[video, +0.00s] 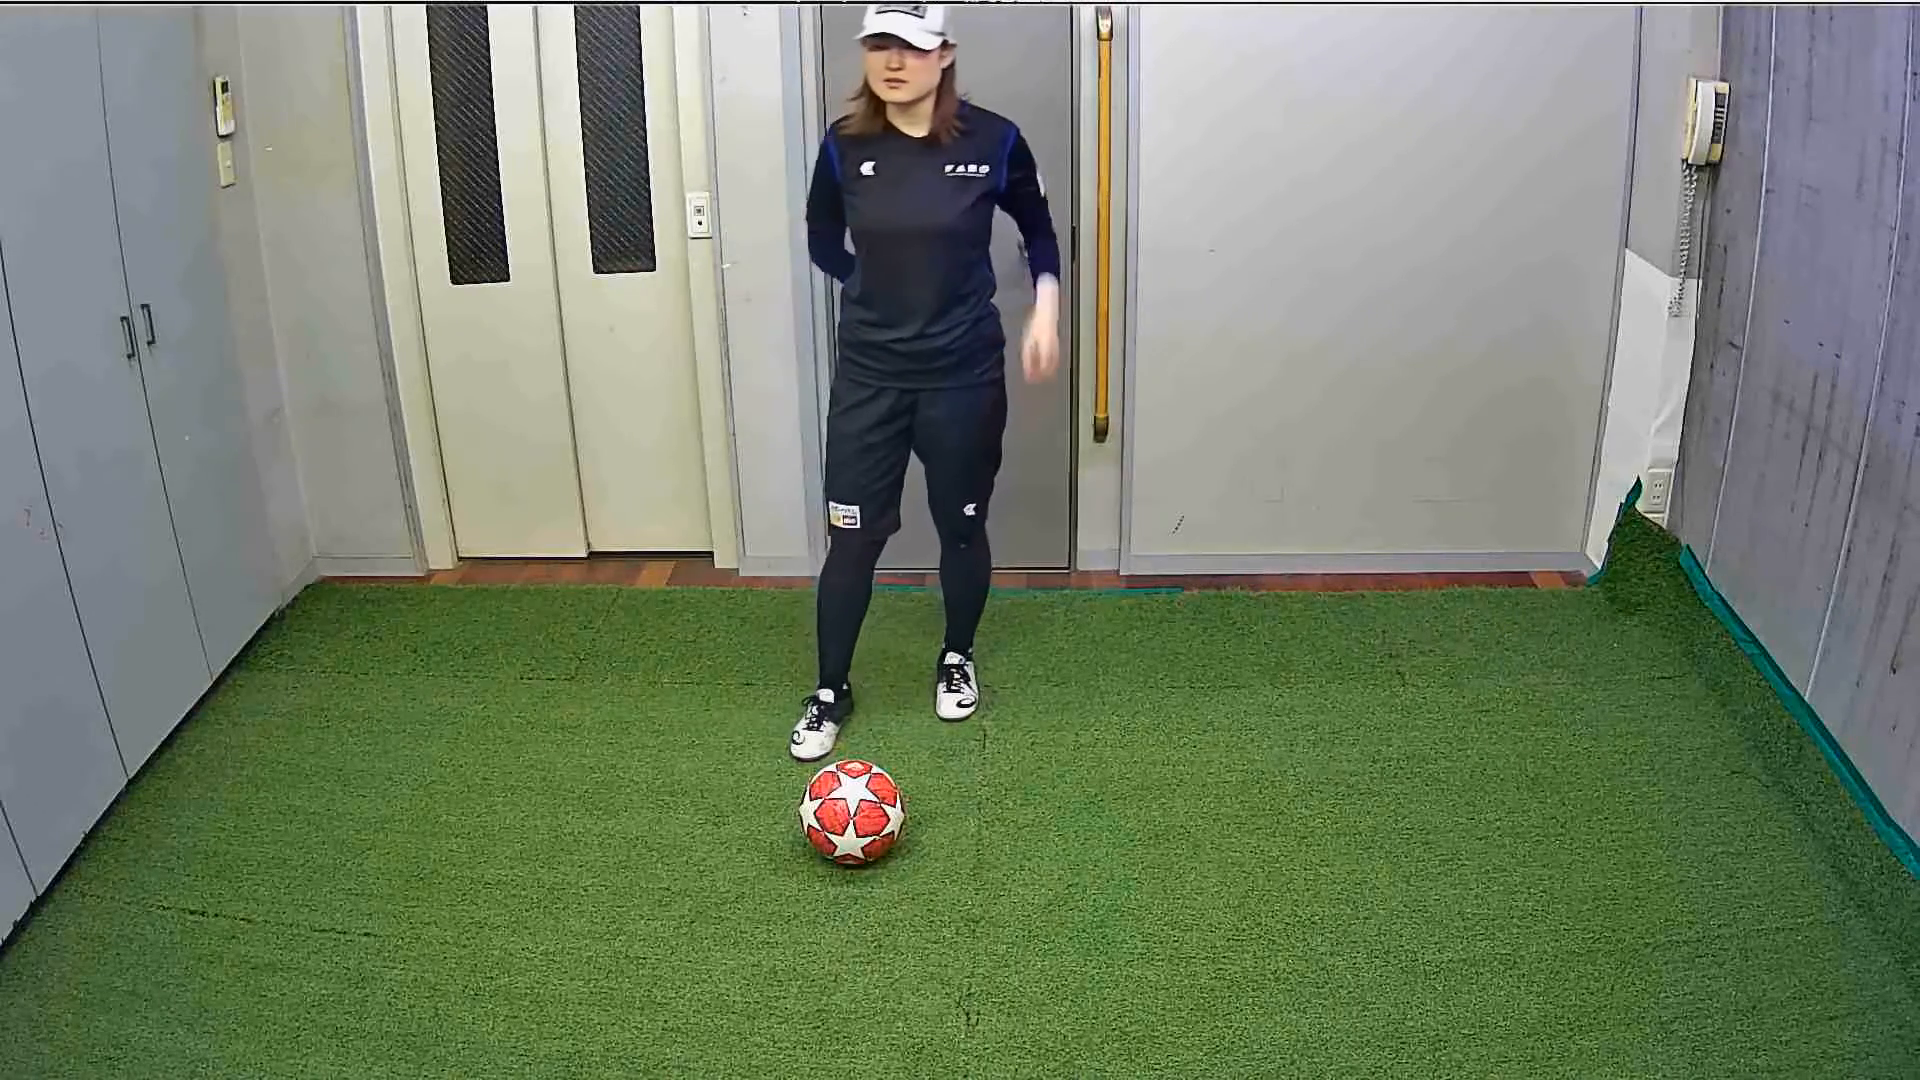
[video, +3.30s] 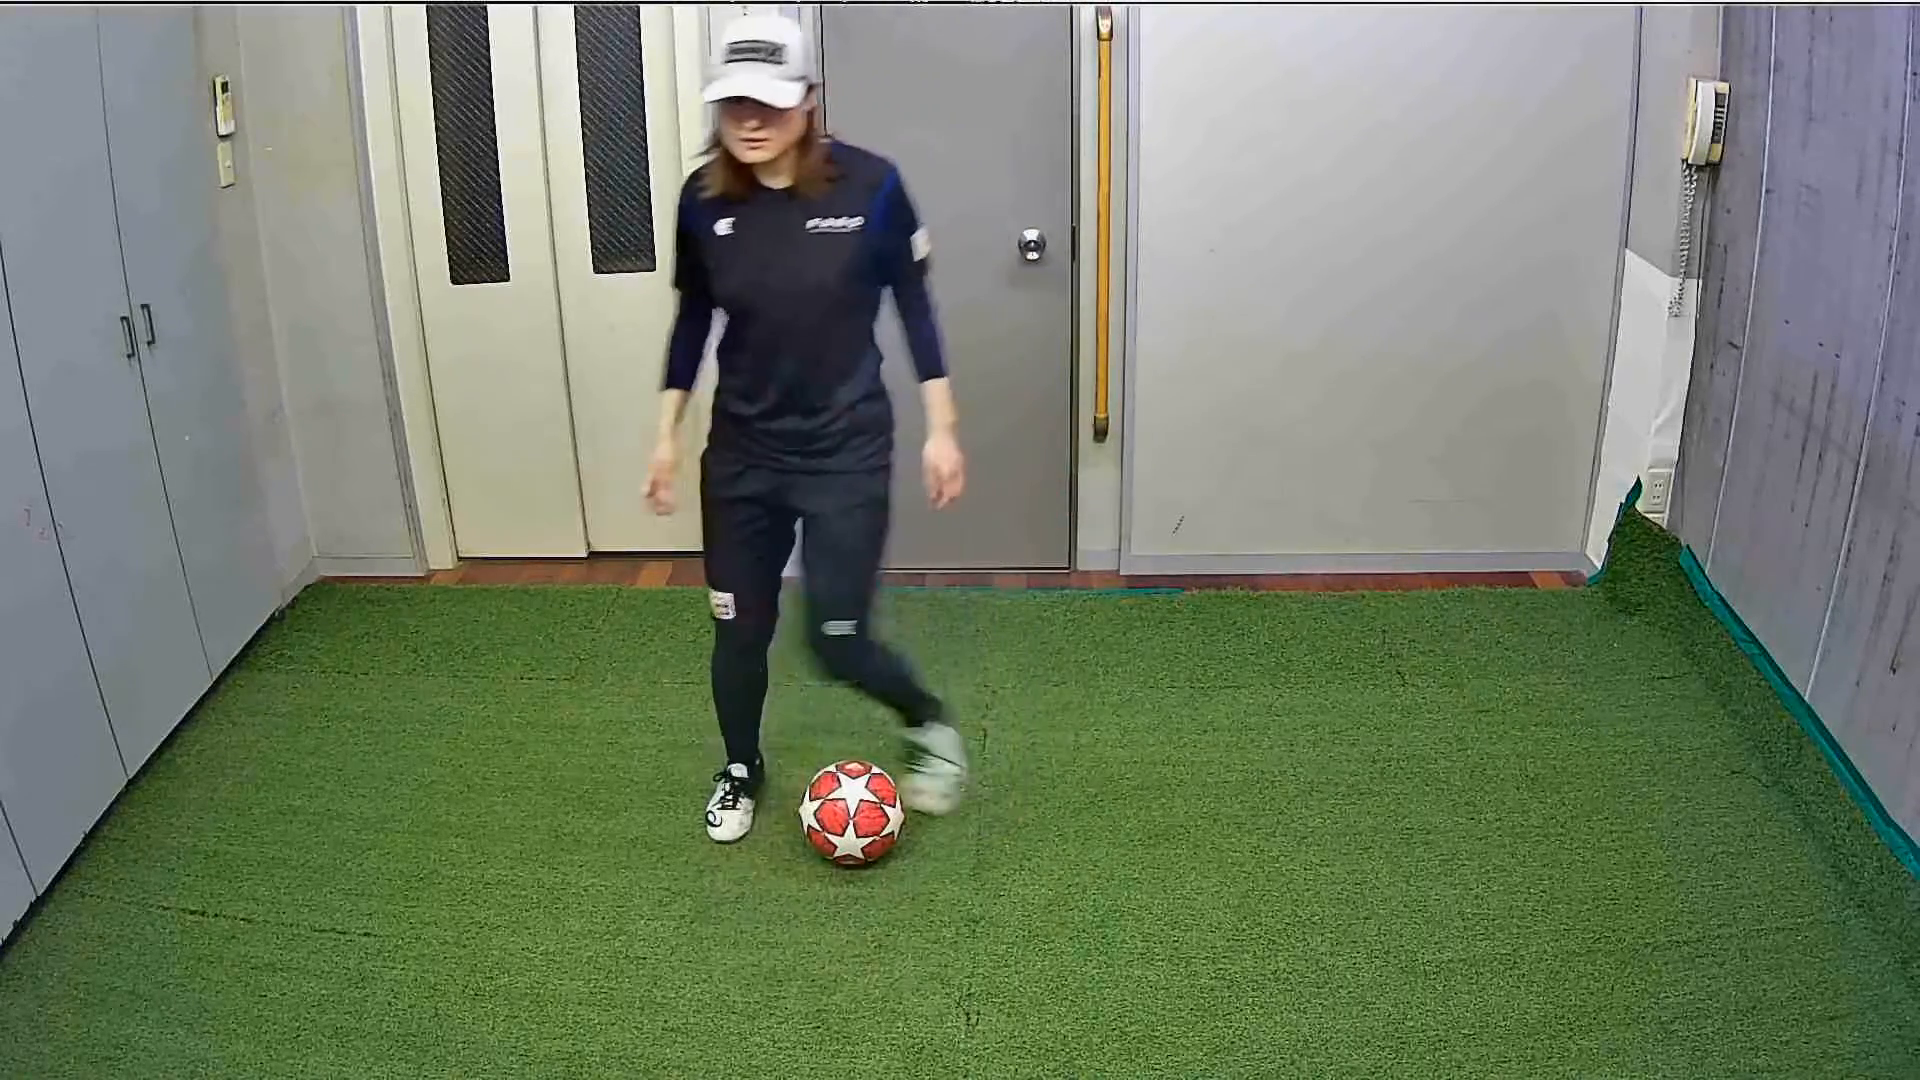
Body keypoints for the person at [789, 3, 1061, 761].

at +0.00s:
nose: (890, 60)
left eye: (907, 47)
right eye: (878, 47)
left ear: (943, 56)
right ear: (863, 59)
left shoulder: (994, 142)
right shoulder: (845, 144)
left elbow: (1037, 226)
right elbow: (822, 240)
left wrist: (1045, 314)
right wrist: (872, 280)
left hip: (962, 366)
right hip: (868, 367)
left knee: (961, 522)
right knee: (851, 527)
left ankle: (956, 661)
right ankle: (830, 692)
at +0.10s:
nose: (909, 62)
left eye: (925, 49)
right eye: (896, 48)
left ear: (957, 57)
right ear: (878, 59)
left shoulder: (1004, 138)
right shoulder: (855, 140)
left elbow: (1042, 257)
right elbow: (834, 238)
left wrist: (1024, 240)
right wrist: (886, 278)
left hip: (969, 363)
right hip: (875, 363)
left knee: (966, 522)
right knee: (856, 524)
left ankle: (957, 660)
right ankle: (840, 687)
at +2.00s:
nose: (883, 70)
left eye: (900, 56)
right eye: (870, 55)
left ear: (936, 57)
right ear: (856, 61)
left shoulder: (987, 138)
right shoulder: (835, 140)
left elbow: (1006, 257)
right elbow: (814, 241)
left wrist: (1010, 370)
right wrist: (789, 348)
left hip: (954, 367)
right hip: (859, 367)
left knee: (953, 528)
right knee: (867, 526)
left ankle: (956, 659)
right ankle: (887, 655)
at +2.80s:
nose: (878, 143)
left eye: (896, 127)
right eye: (864, 128)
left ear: (934, 108)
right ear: (844, 113)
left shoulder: (995, 181)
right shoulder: (832, 178)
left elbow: (1031, 310)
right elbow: (823, 273)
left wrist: (1065, 433)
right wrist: (785, 369)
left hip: (972, 428)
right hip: (869, 430)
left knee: (979, 622)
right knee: (901, 632)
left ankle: (1003, 760)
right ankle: (948, 769)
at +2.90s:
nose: (870, 140)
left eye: (888, 123)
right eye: (856, 123)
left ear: (929, 108)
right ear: (839, 112)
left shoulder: (990, 189)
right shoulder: (830, 180)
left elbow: (1031, 323)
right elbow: (828, 273)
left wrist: (1051, 444)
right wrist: (803, 362)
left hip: (957, 435)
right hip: (855, 431)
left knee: (968, 623)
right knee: (869, 623)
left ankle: (1001, 759)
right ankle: (877, 813)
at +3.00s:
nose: (846, 127)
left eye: (864, 112)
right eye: (830, 111)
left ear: (903, 106)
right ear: (810, 108)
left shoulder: (963, 184)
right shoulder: (800, 187)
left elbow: (1009, 306)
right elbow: (799, 288)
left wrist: (1011, 420)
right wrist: (782, 391)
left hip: (939, 442)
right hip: (832, 442)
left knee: (960, 626)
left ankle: (997, 758)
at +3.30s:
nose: (750, 120)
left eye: (770, 103)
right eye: (733, 103)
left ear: (811, 103)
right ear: (714, 108)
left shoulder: (870, 186)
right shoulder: (704, 201)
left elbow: (915, 300)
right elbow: (694, 312)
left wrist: (942, 427)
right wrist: (666, 436)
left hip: (846, 446)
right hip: (742, 447)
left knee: (839, 644)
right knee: (738, 626)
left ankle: (930, 722)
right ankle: (741, 770)